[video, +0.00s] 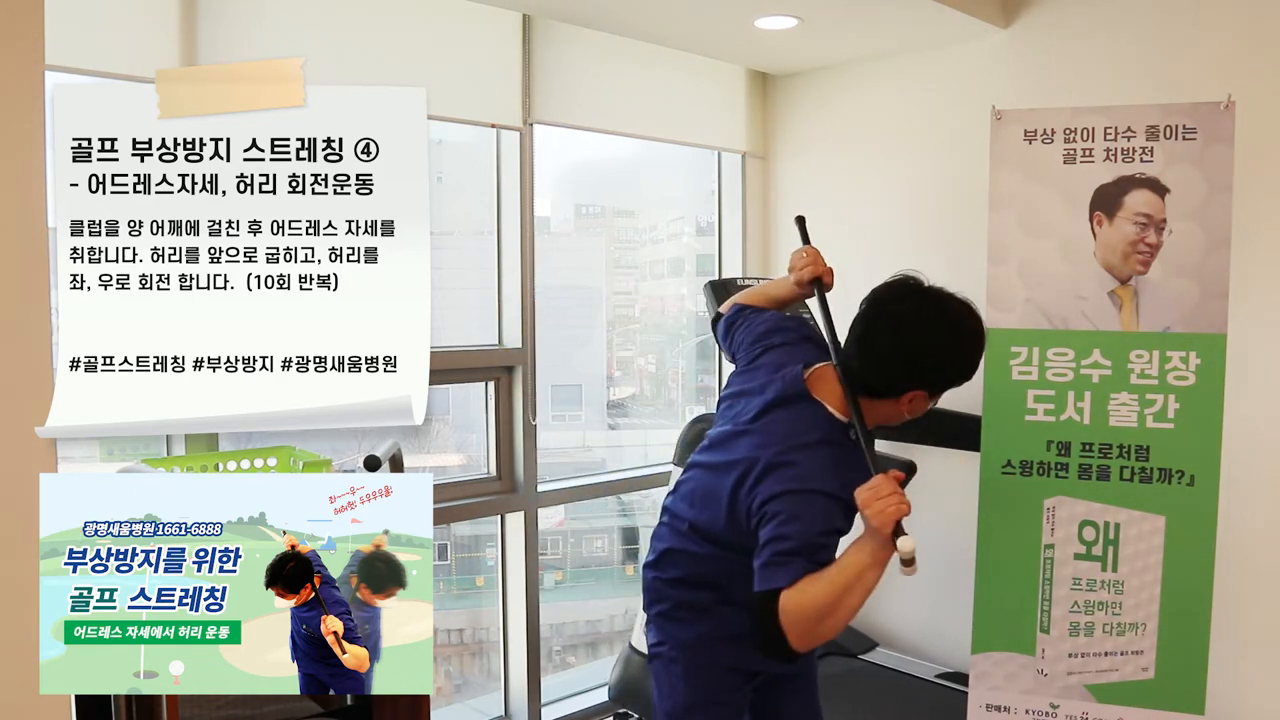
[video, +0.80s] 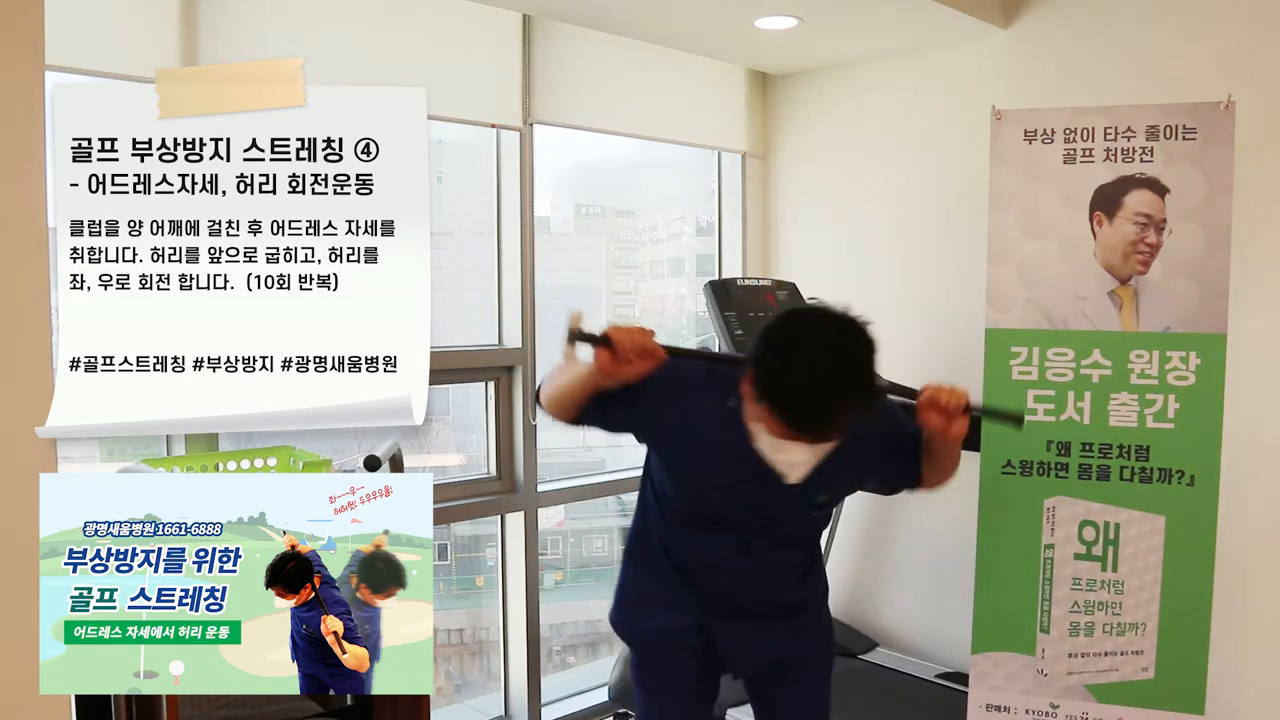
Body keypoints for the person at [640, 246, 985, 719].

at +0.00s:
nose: (933, 402)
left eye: (941, 392)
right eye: (938, 393)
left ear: (860, 334)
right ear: (912, 403)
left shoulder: (786, 344)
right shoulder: (810, 478)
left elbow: (734, 311)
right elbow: (794, 629)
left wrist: (793, 285)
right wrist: (874, 542)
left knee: (795, 709)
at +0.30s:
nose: (936, 406)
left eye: (942, 396)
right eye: (937, 397)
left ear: (862, 341)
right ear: (900, 398)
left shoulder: (803, 345)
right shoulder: (781, 448)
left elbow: (768, 311)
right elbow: (751, 608)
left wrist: (825, 293)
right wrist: (833, 522)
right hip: (697, 614)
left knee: (796, 706)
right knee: (704, 709)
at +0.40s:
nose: (939, 411)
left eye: (944, 400)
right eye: (937, 401)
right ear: (887, 398)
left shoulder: (819, 353)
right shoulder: (760, 438)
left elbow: (800, 322)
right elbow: (702, 587)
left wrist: (853, 304)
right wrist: (791, 518)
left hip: (789, 608)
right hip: (698, 631)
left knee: (797, 709)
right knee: (698, 710)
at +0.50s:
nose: (894, 430)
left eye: (904, 423)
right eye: (895, 419)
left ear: (854, 388)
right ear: (853, 392)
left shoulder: (851, 401)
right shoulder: (745, 411)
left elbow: (923, 427)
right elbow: (624, 531)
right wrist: (711, 476)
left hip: (796, 630)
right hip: (694, 637)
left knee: (801, 711)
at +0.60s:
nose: (875, 441)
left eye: (888, 431)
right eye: (869, 425)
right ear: (827, 388)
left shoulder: (852, 412)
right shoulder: (720, 408)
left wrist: (920, 360)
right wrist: (667, 437)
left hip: (794, 628)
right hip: (690, 630)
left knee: (802, 711)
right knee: (679, 710)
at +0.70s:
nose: (839, 456)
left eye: (854, 440)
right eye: (825, 438)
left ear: (872, 415)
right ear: (777, 388)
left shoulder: (863, 420)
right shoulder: (691, 398)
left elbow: (919, 447)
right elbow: (556, 429)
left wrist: (944, 415)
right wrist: (618, 398)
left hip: (792, 623)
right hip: (679, 625)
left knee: (802, 712)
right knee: (671, 711)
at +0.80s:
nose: (800, 454)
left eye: (819, 442)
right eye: (786, 437)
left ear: (845, 417)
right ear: (749, 392)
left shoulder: (866, 427)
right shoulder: (679, 393)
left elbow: (930, 476)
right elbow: (552, 402)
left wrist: (941, 443)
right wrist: (594, 374)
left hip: (789, 624)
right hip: (674, 623)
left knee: (802, 711)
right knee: (670, 710)